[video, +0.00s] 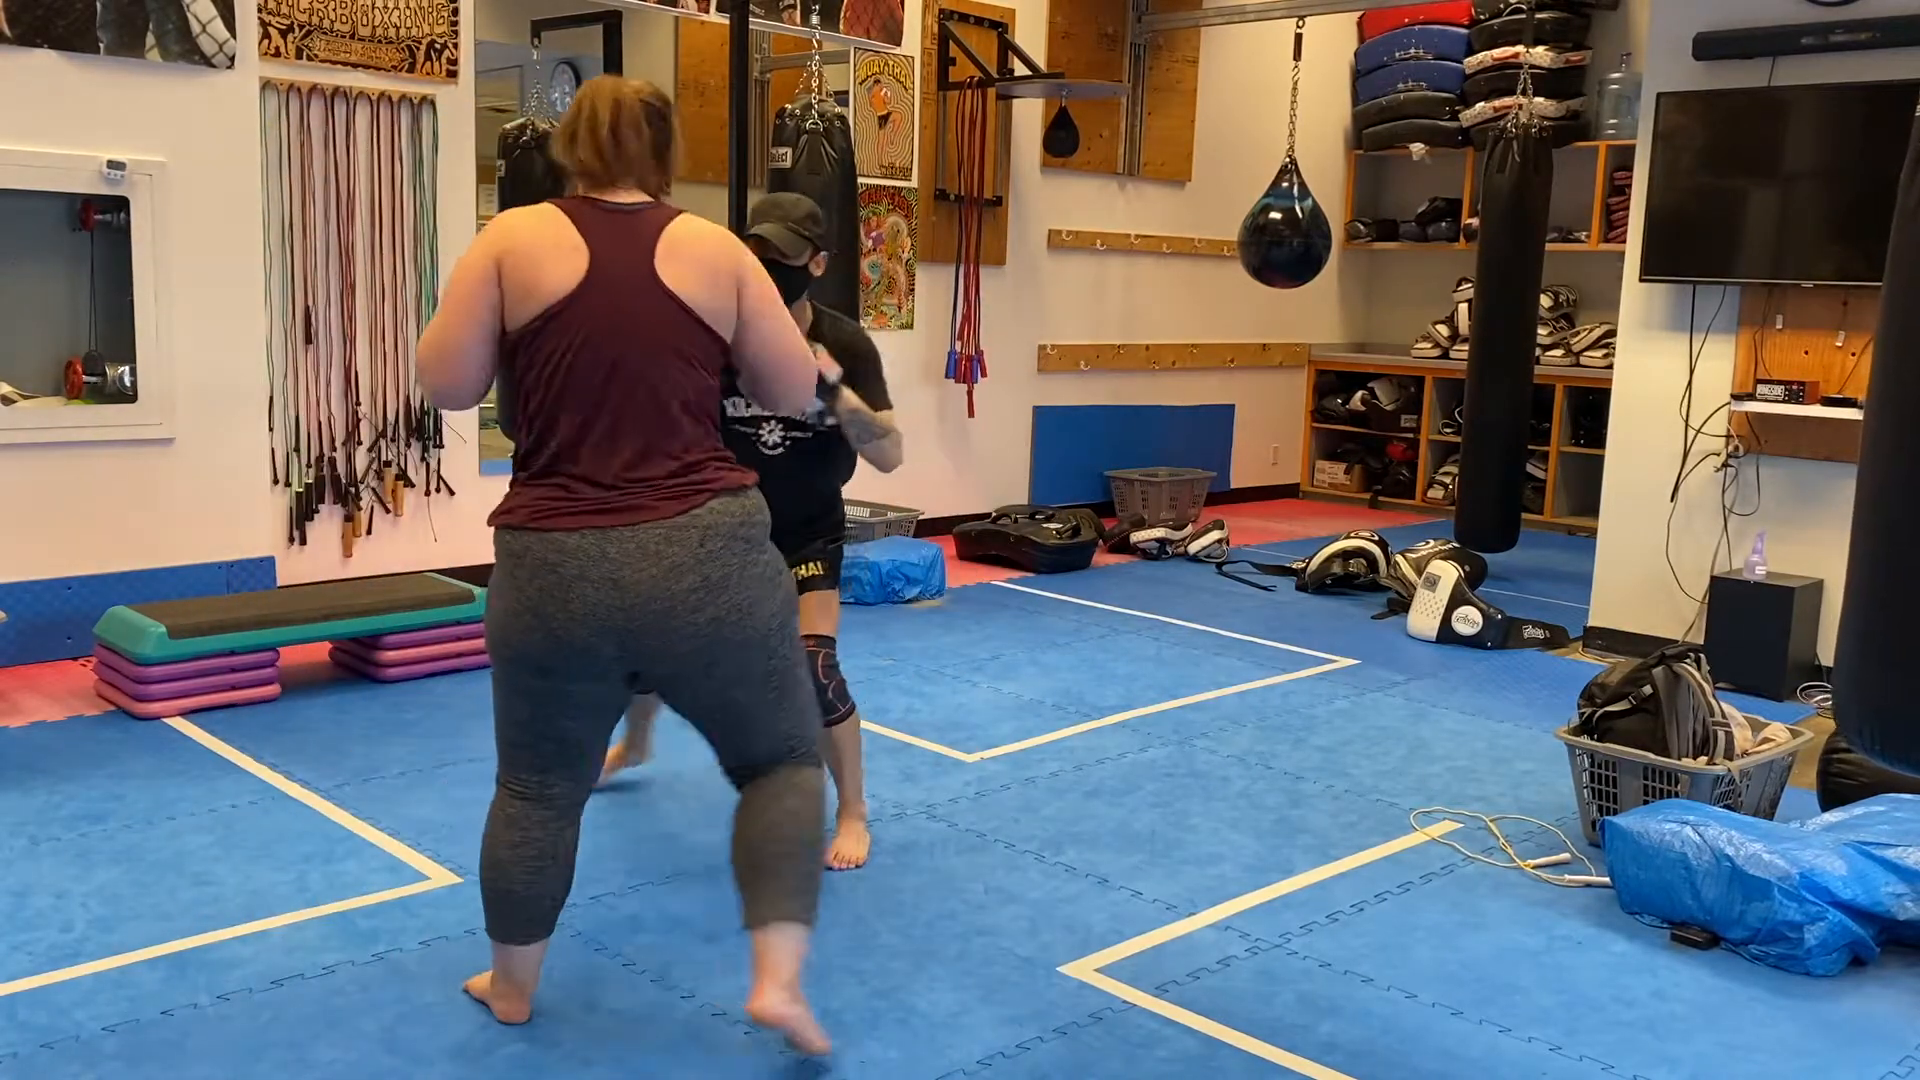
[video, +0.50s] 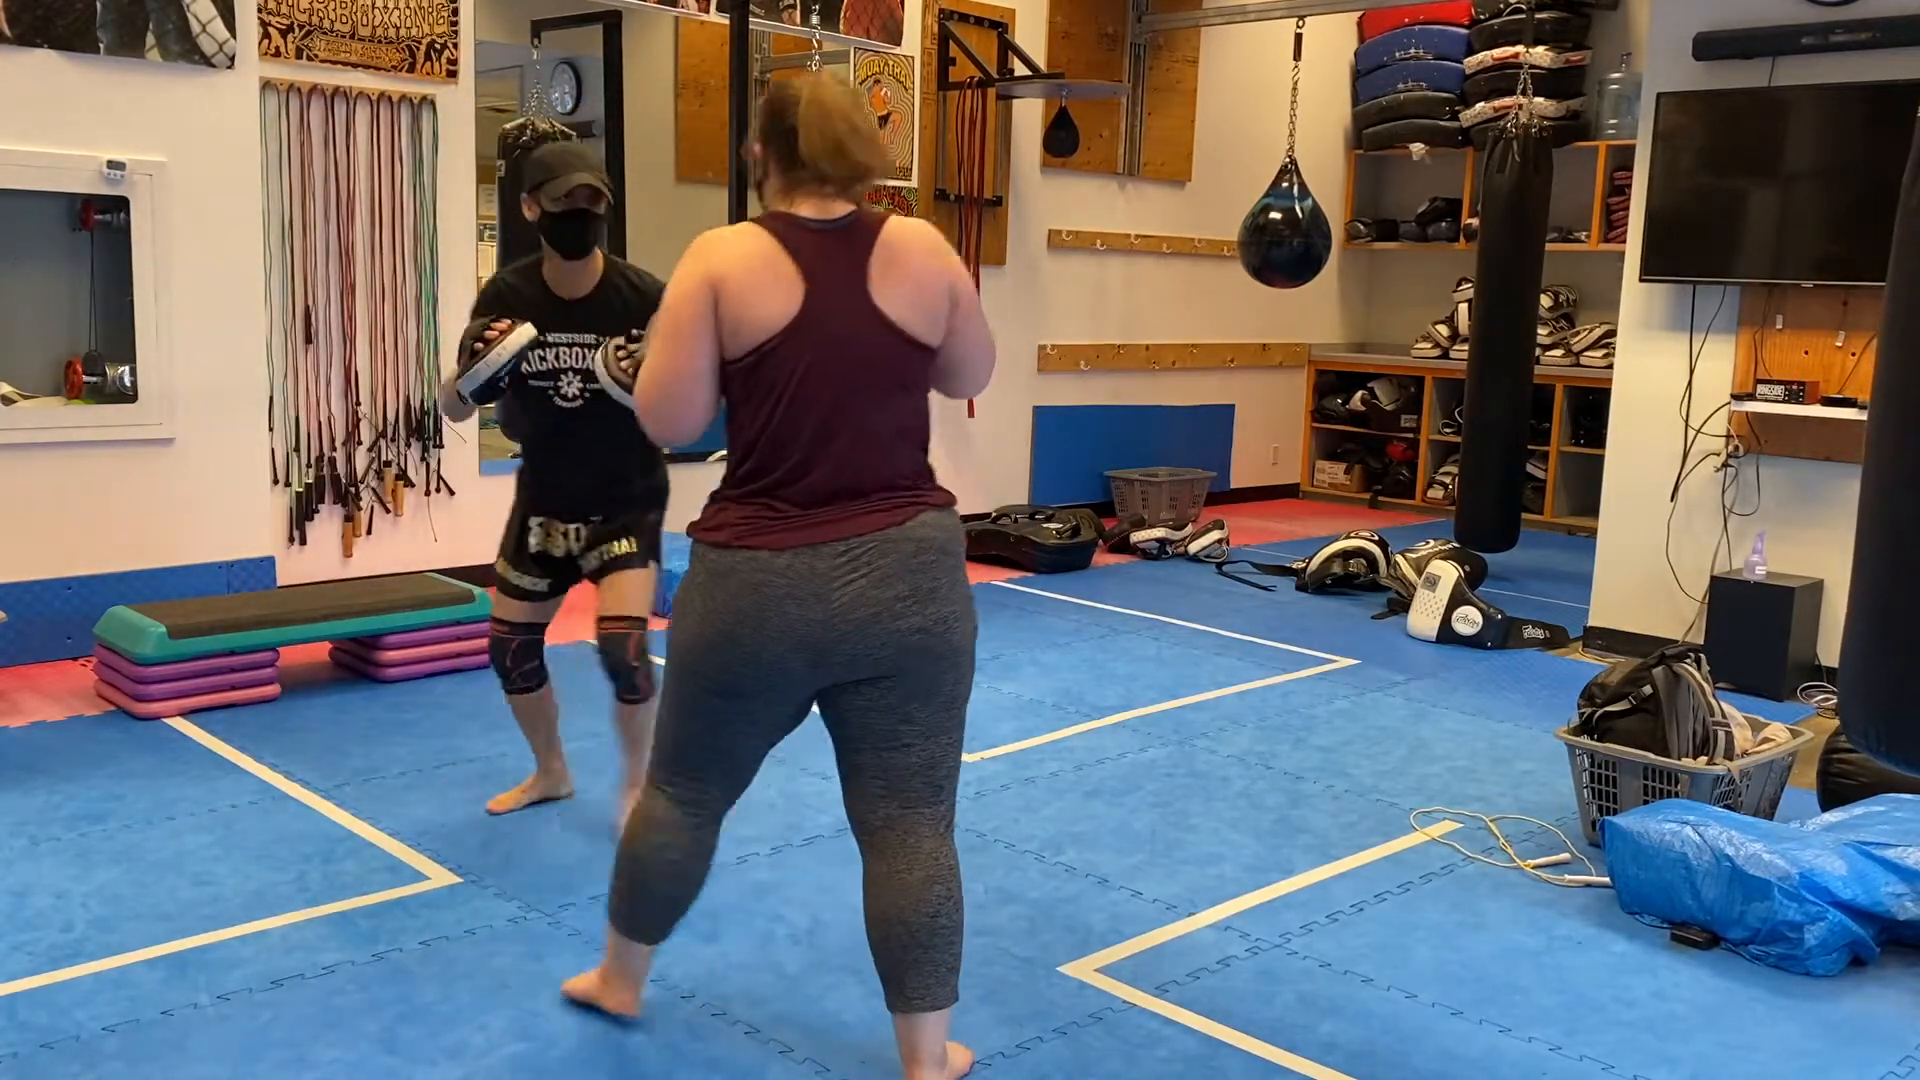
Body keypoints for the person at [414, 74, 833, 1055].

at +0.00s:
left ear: (569, 154)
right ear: (664, 155)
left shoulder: (506, 242)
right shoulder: (715, 250)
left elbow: (448, 381)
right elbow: (793, 388)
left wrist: (525, 314)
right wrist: (719, 332)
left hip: (551, 570)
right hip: (706, 561)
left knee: (538, 785)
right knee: (778, 762)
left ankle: (512, 983)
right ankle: (778, 975)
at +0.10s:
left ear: (585, 154)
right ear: (687, 160)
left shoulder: (530, 244)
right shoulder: (740, 258)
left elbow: (466, 378)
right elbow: (790, 407)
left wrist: (562, 357)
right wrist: (834, 428)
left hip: (576, 574)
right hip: (735, 564)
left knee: (549, 783)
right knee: (820, 758)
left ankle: (514, 986)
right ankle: (872, 974)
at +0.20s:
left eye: (617, 165)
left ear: (626, 168)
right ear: (726, 172)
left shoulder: (568, 258)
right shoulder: (781, 269)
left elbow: (516, 402)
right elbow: (844, 415)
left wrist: (606, 398)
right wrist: (772, 420)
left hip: (621, 592)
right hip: (778, 579)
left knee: (573, 786)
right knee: (852, 783)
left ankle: (518, 982)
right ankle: (925, 1005)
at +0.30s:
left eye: (669, 171)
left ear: (675, 180)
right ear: (778, 182)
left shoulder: (624, 280)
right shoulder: (835, 278)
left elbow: (570, 425)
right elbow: (910, 413)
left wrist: (643, 366)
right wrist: (828, 349)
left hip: (677, 603)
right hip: (837, 586)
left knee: (603, 799)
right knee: (876, 812)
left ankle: (525, 980)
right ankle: (923, 1049)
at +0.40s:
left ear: (736, 172)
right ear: (835, 173)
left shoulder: (678, 278)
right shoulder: (885, 270)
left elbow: (635, 438)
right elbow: (952, 400)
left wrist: (694, 361)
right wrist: (910, 303)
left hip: (727, 599)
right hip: (883, 581)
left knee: (648, 800)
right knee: (900, 821)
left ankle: (557, 960)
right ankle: (928, 1058)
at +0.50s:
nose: (744, 161)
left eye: (749, 148)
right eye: (754, 147)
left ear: (763, 155)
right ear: (861, 148)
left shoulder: (718, 259)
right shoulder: (923, 250)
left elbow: (669, 423)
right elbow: (969, 376)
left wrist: (748, 374)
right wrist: (878, 325)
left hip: (756, 582)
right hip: (908, 576)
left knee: (684, 790)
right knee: (908, 816)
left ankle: (621, 980)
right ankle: (929, 1056)